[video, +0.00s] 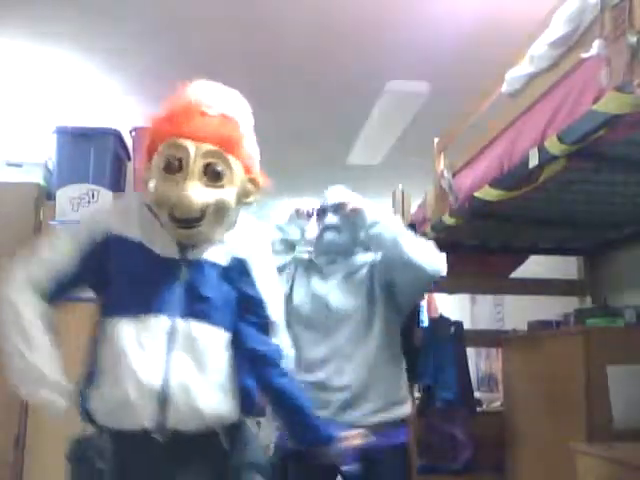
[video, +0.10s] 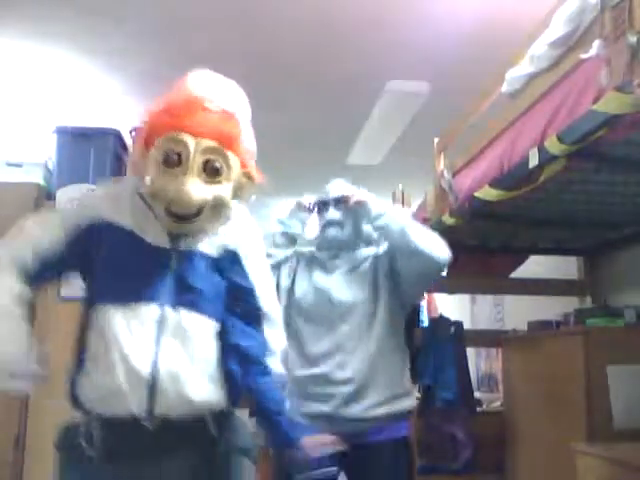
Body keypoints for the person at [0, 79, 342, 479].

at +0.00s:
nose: (188, 194)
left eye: (213, 174)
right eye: (173, 166)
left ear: (244, 190)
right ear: (149, 174)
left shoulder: (241, 252)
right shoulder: (113, 230)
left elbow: (265, 359)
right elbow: (21, 290)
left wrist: (319, 438)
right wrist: (54, 399)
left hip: (211, 452)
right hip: (121, 450)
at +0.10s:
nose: (188, 187)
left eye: (212, 169)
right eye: (173, 159)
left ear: (236, 182)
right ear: (144, 158)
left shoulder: (235, 242)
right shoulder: (98, 217)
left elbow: (252, 354)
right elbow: (13, 264)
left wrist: (293, 435)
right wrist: (17, 364)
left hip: (201, 446)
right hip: (107, 445)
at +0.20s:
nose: (184, 179)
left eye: (208, 162)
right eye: (167, 152)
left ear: (231, 171)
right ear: (139, 150)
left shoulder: (233, 226)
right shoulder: (94, 203)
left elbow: (247, 330)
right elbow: (11, 253)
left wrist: (241, 433)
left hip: (197, 441)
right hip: (97, 439)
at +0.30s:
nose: (165, 190)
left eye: (186, 166)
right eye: (143, 165)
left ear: (216, 174)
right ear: (116, 174)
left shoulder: (226, 238)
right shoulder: (92, 241)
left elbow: (277, 328)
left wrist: (211, 410)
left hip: (188, 459)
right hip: (97, 456)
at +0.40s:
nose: (155, 198)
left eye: (176, 175)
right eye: (134, 175)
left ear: (208, 186)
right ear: (108, 187)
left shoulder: (227, 250)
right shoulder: (88, 254)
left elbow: (289, 330)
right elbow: (22, 352)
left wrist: (233, 408)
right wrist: (8, 369)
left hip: (193, 467)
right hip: (97, 466)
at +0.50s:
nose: (149, 202)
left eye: (171, 181)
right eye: (132, 179)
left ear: (203, 194)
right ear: (105, 192)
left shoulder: (223, 258)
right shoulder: (84, 258)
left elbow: (293, 329)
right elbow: (36, 364)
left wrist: (266, 415)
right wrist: (5, 397)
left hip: (196, 468)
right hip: (98, 469)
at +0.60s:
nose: (152, 206)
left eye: (175, 185)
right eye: (134, 181)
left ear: (204, 202)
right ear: (104, 195)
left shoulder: (219, 263)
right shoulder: (78, 260)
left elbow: (286, 331)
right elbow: (41, 353)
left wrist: (306, 414)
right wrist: (22, 432)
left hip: (197, 464)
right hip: (100, 465)